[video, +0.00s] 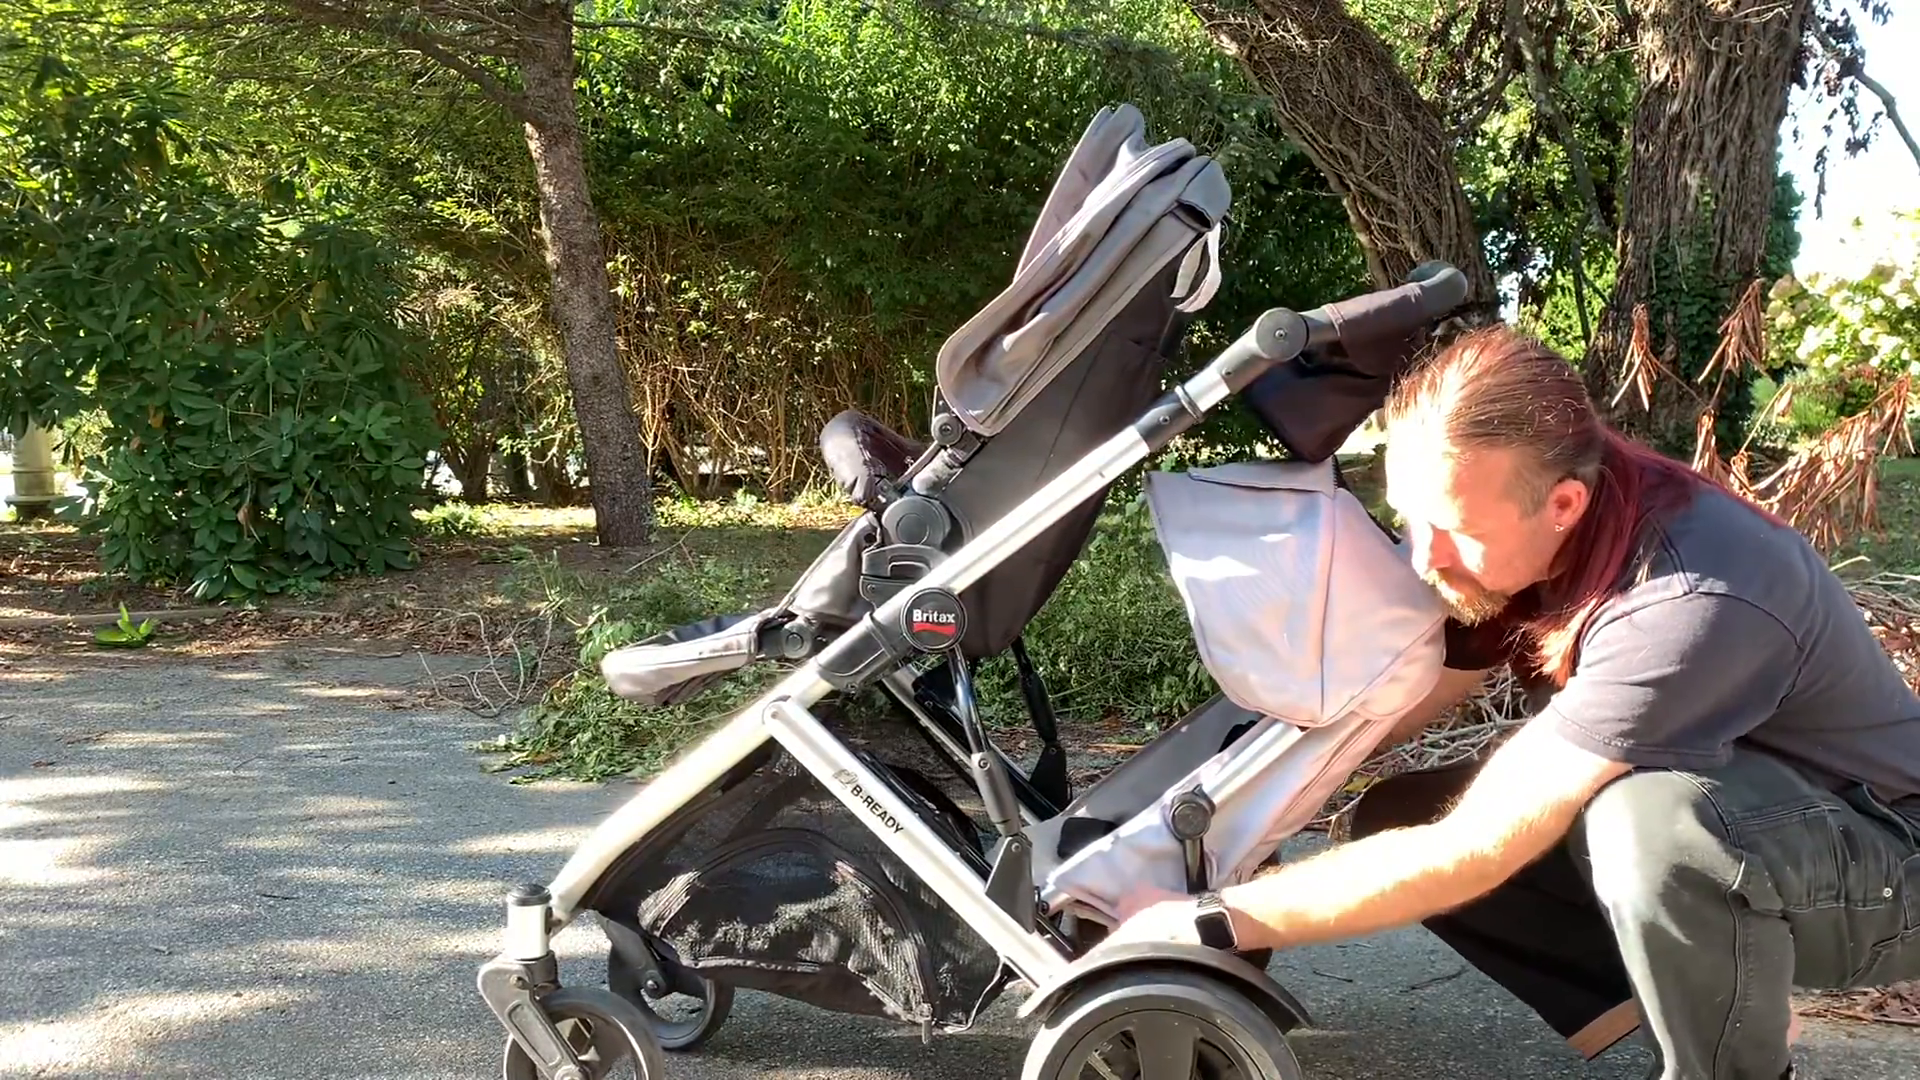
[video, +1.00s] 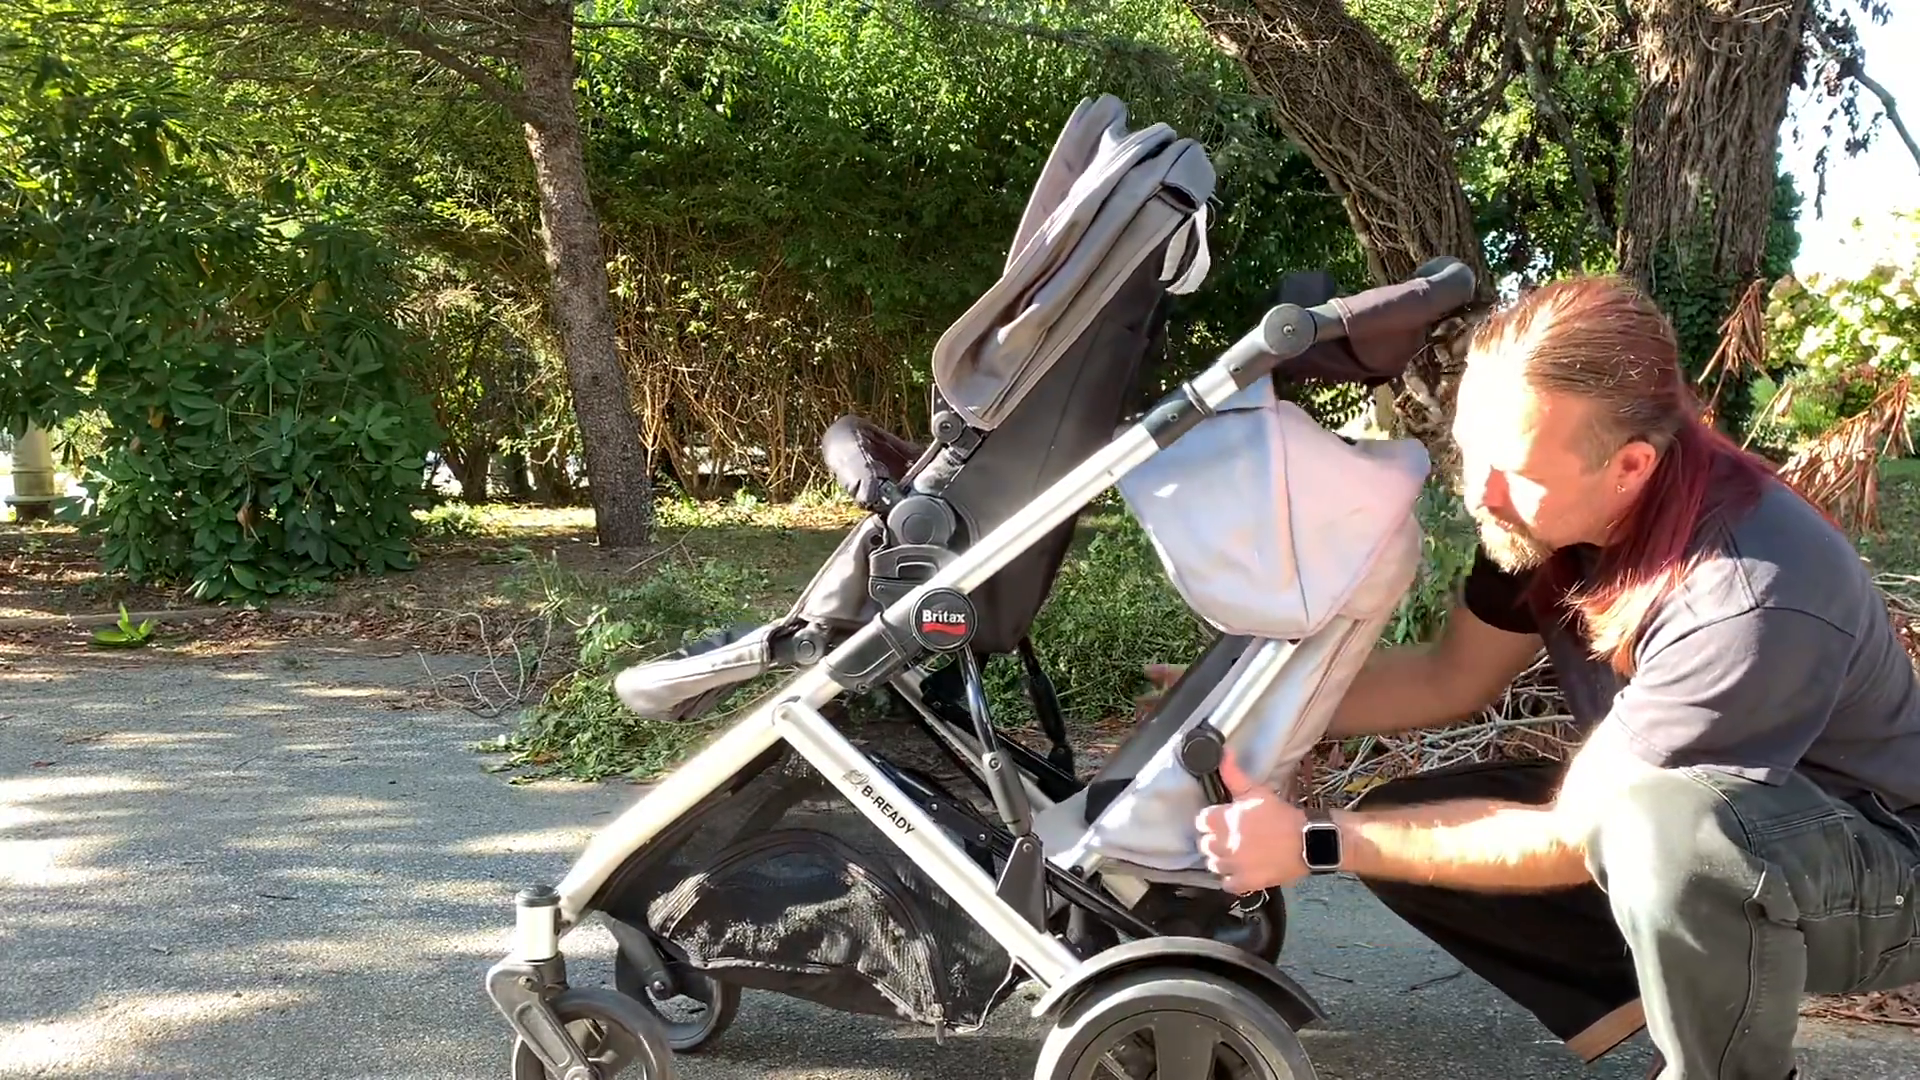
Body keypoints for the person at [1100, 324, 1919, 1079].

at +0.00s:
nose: (1427, 556)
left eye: (1457, 531)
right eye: (1413, 525)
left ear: (1565, 511)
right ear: (1401, 482)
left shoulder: (1694, 599)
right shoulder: (1536, 542)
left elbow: (1475, 855)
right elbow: (1368, 703)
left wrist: (1216, 923)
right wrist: (1185, 829)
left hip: (1880, 846)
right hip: (1710, 797)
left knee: (1648, 825)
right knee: (1405, 820)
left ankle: (1727, 1060)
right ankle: (1646, 1017)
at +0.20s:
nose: (1427, 538)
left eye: (1456, 515)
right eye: (1415, 504)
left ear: (1562, 491)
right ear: (1399, 459)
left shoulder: (1697, 584)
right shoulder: (1526, 534)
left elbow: (1550, 859)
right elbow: (1403, 707)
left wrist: (1297, 914)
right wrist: (1248, 821)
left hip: (1879, 843)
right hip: (1688, 786)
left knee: (1664, 825)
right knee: (1392, 834)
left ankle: (1727, 1071)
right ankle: (1664, 1026)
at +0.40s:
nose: (1431, 522)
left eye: (1462, 498)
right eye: (1422, 488)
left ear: (1571, 480)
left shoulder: (1701, 587)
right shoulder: (1542, 526)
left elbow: (1554, 870)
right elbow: (1409, 690)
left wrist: (1300, 923)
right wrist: (1247, 817)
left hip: (1879, 835)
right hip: (1666, 774)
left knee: (1683, 834)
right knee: (1385, 835)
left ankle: (1725, 1062)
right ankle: (1649, 1033)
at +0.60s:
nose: (1440, 520)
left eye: (1469, 494)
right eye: (1430, 485)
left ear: (1581, 480)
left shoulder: (1712, 592)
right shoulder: (1545, 522)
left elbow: (1549, 866)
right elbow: (1399, 685)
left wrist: (1290, 904)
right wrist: (1239, 794)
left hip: (1881, 855)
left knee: (1664, 821)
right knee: (1395, 830)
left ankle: (1721, 1062)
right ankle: (1655, 1043)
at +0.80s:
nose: (1462, 516)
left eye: (1496, 490)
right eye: (1454, 479)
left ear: (1609, 476)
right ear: (1438, 448)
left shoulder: (1735, 597)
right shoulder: (1553, 522)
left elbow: (1560, 858)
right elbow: (1377, 681)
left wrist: (1306, 871)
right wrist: (1225, 779)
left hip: (1881, 856)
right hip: (1696, 793)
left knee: (1669, 830)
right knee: (1399, 825)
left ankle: (1726, 1065)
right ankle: (1657, 1033)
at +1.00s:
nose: (1482, 496)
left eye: (1517, 475)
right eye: (1477, 460)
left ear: (1631, 470)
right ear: (1473, 427)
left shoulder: (1747, 607)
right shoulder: (1556, 508)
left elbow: (1572, 843)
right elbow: (1450, 677)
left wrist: (1321, 842)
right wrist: (1260, 704)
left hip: (1878, 862)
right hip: (1688, 799)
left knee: (1659, 827)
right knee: (1387, 831)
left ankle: (1717, 1066)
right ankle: (1654, 1029)